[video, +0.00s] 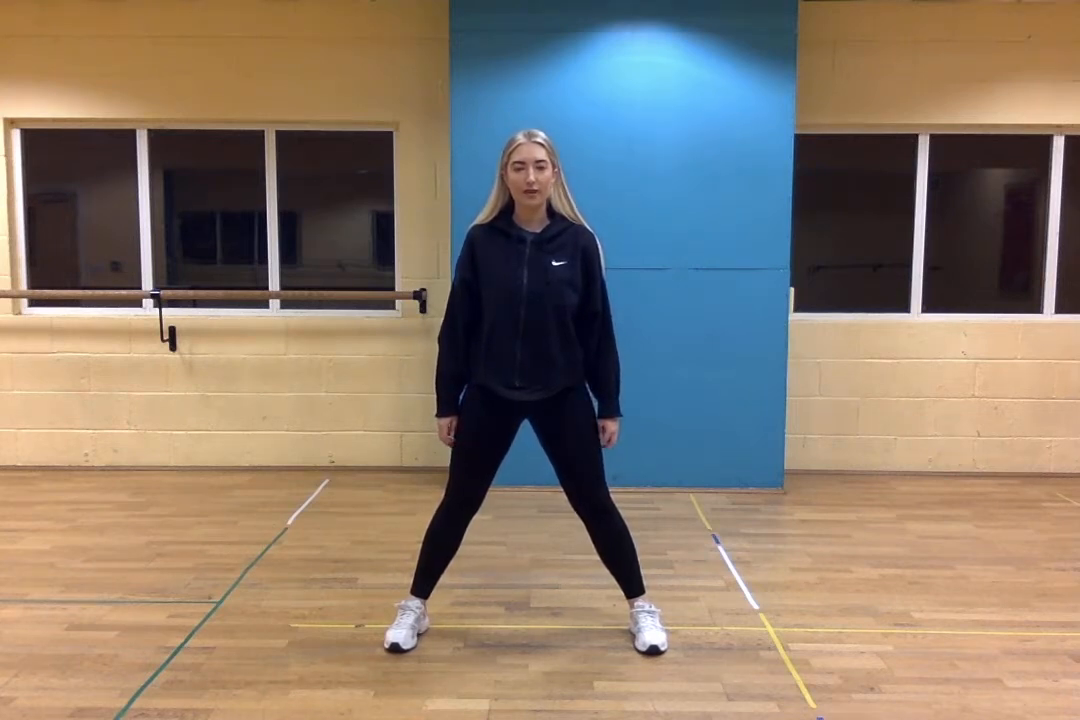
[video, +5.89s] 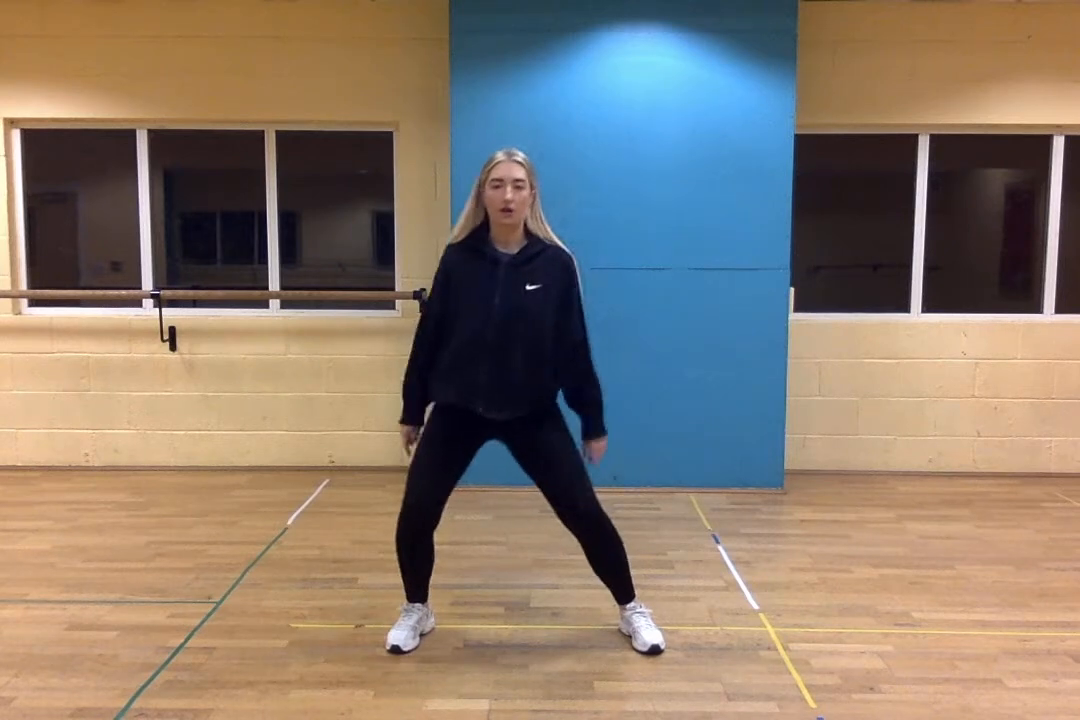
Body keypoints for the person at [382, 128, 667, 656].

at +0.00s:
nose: (531, 175)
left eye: (540, 165)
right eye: (520, 166)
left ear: (554, 174)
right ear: (505, 176)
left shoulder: (579, 240)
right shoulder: (482, 238)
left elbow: (597, 325)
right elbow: (457, 321)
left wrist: (608, 404)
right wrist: (447, 402)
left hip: (561, 394)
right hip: (490, 394)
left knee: (594, 503)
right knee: (459, 501)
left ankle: (641, 607)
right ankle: (414, 606)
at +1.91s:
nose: (506, 181)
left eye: (516, 172)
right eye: (496, 172)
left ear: (532, 183)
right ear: (482, 183)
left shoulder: (555, 254)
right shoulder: (458, 247)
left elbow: (581, 336)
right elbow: (426, 327)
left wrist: (599, 415)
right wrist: (411, 408)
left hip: (531, 403)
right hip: (459, 400)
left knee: (572, 510)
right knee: (418, 509)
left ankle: (627, 608)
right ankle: (412, 608)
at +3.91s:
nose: (502, 185)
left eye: (512, 178)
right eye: (493, 177)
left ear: (527, 189)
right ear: (477, 187)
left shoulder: (548, 257)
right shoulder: (451, 251)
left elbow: (569, 338)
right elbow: (426, 328)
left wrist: (585, 416)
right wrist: (416, 405)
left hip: (532, 405)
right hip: (461, 404)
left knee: (579, 509)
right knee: (419, 510)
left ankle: (631, 608)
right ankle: (412, 609)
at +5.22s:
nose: (550, 184)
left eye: (559, 174)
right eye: (539, 175)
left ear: (574, 183)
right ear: (524, 186)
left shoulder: (599, 248)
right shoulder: (503, 251)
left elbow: (622, 325)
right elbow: (483, 328)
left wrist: (620, 395)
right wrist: (482, 404)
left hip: (600, 398)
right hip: (529, 400)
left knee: (631, 504)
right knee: (478, 506)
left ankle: (638, 609)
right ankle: (421, 606)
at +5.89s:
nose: (507, 194)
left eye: (518, 185)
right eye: (497, 185)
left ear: (532, 196)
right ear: (482, 195)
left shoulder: (555, 261)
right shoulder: (458, 257)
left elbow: (573, 345)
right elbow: (429, 333)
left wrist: (593, 419)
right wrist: (412, 409)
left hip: (530, 409)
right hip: (459, 407)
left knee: (583, 511)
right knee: (415, 514)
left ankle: (631, 609)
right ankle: (415, 608)